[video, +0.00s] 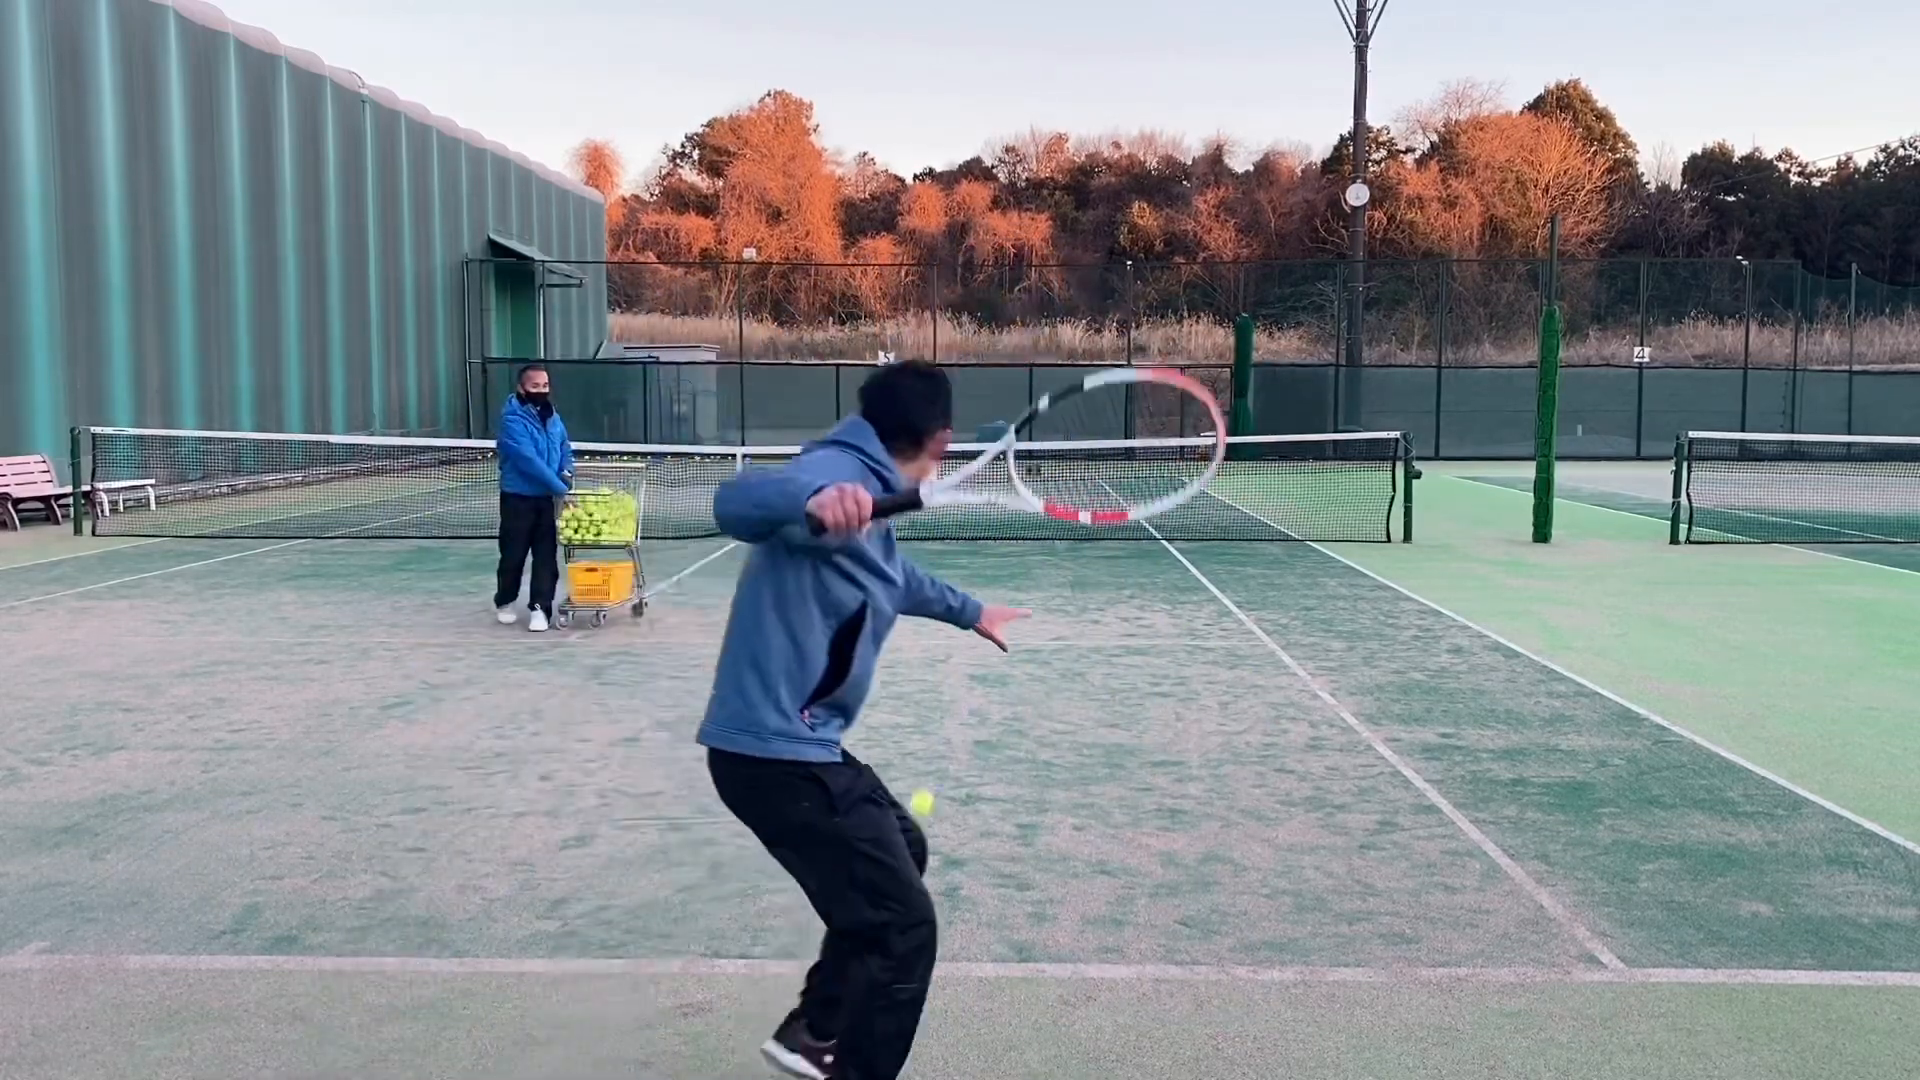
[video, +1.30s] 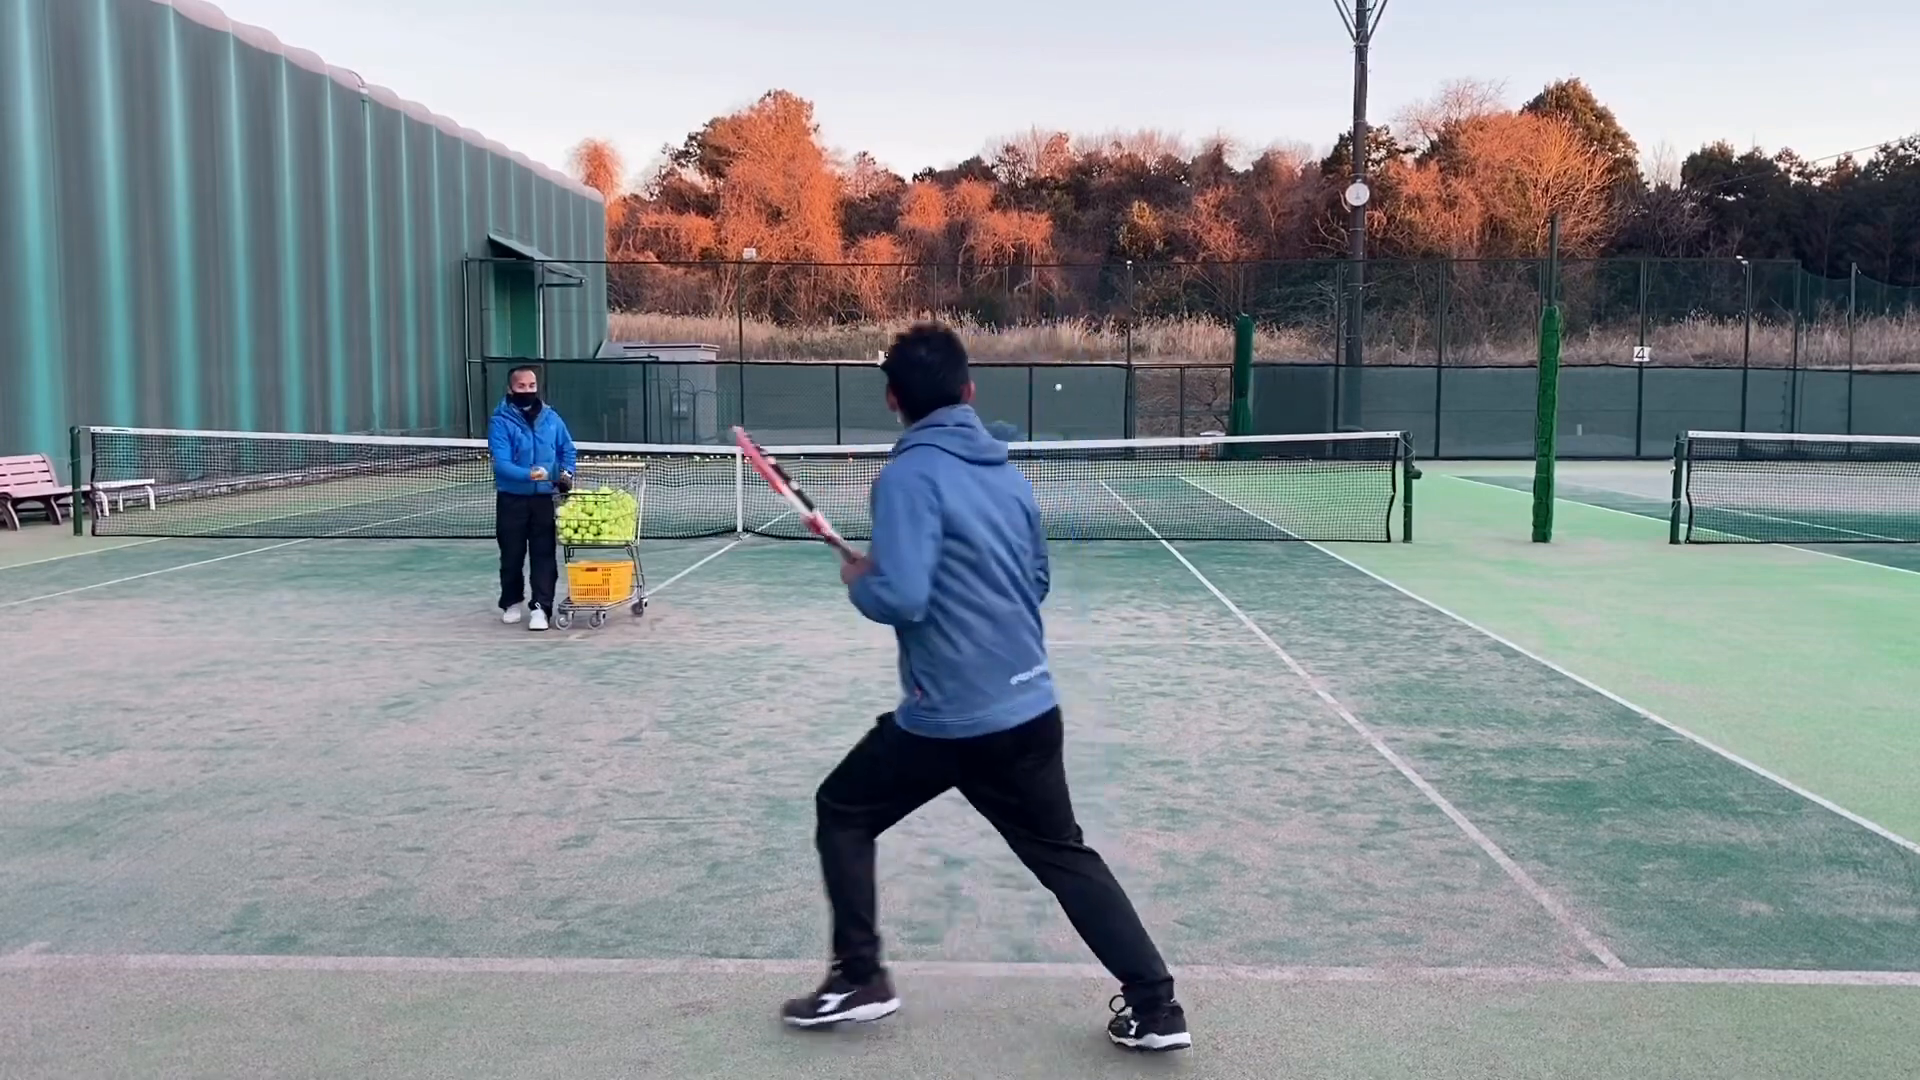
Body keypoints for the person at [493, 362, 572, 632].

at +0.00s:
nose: (542, 391)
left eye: (545, 386)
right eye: (536, 386)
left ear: (549, 387)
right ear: (522, 388)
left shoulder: (552, 416)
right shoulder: (512, 418)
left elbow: (565, 447)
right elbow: (526, 458)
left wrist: (566, 469)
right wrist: (560, 488)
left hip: (547, 494)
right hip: (518, 494)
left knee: (546, 556)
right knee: (513, 554)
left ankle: (540, 609)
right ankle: (505, 602)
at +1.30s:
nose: (527, 390)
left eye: (531, 385)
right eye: (521, 385)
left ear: (537, 387)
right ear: (511, 388)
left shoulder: (551, 417)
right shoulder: (500, 420)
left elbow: (568, 450)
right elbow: (500, 465)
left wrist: (566, 471)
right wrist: (529, 473)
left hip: (544, 497)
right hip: (512, 498)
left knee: (543, 554)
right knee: (512, 555)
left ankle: (540, 609)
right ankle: (511, 603)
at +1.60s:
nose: (513, 392)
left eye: (517, 387)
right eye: (507, 387)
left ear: (525, 387)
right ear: (499, 390)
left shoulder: (542, 416)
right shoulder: (490, 420)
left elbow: (566, 448)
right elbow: (483, 458)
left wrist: (565, 472)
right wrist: (493, 483)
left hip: (535, 495)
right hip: (503, 496)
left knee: (536, 550)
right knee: (505, 553)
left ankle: (538, 603)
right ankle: (512, 604)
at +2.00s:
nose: (497, 396)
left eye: (501, 390)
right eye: (491, 393)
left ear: (510, 389)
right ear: (485, 395)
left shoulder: (533, 416)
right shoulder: (484, 425)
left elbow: (559, 441)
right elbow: (478, 466)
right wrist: (479, 502)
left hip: (536, 492)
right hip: (499, 497)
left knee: (535, 548)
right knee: (504, 550)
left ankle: (535, 601)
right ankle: (509, 602)